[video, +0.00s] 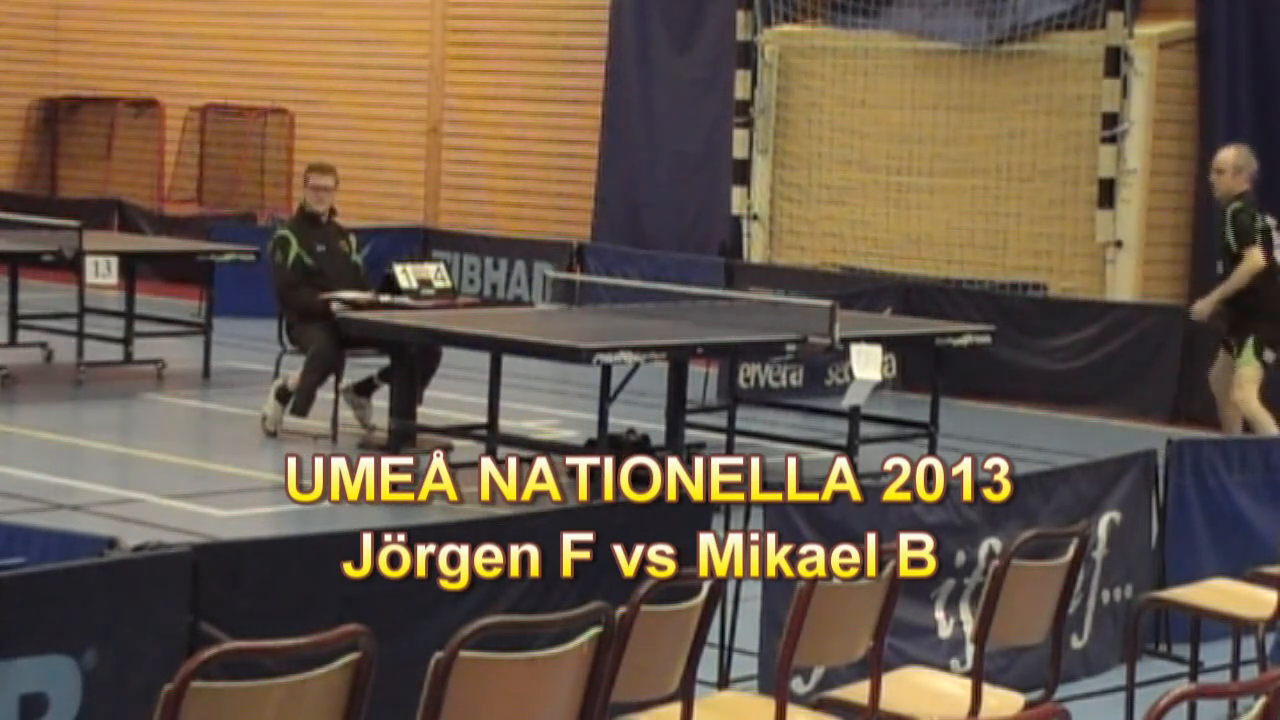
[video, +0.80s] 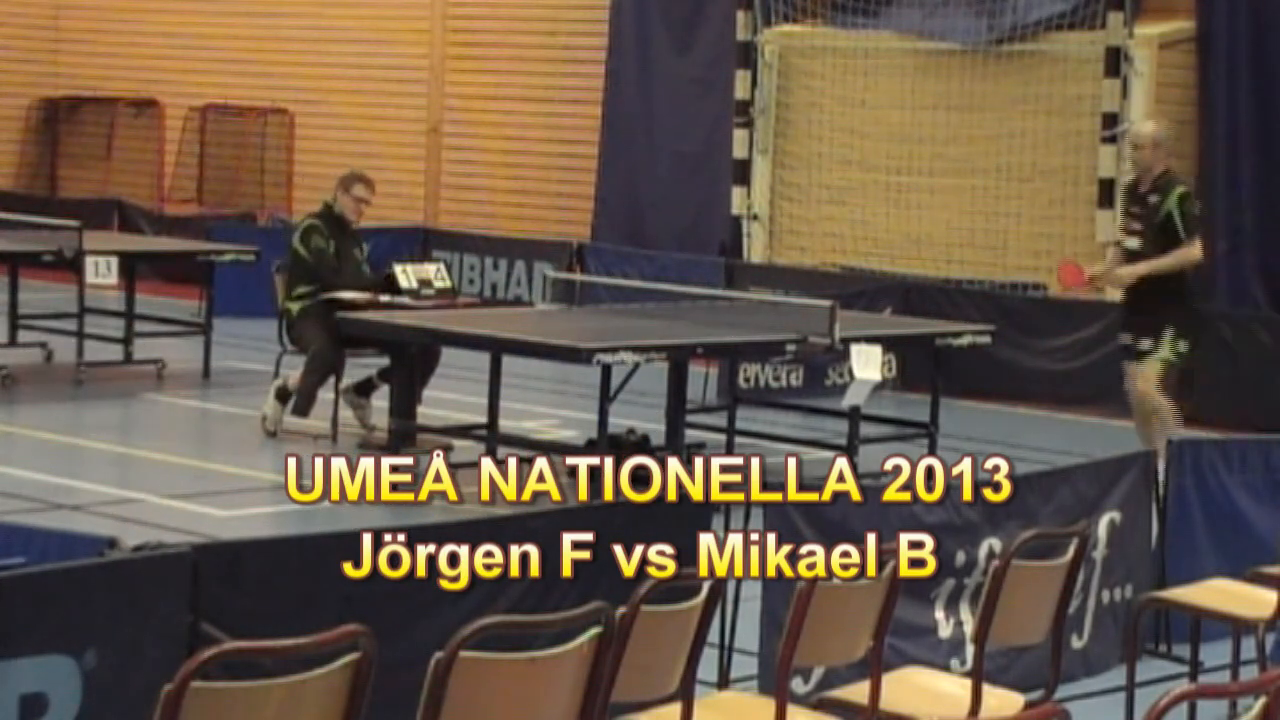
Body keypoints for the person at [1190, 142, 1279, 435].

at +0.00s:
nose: (1212, 178)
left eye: (1220, 172)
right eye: (1212, 171)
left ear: (1244, 179)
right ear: (1239, 180)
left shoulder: (1240, 212)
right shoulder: (1255, 214)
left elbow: (1254, 259)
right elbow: (1272, 261)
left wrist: (1211, 300)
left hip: (1260, 319)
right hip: (1244, 317)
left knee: (1243, 395)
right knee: (1220, 380)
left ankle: (1277, 452)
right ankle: (1234, 455)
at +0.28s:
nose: (1210, 161)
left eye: (1219, 155)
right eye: (1210, 154)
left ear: (1243, 164)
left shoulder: (1246, 201)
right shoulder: (1233, 200)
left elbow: (1267, 251)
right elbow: (1261, 250)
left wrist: (1222, 289)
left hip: (1247, 310)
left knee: (1204, 384)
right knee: (1257, 395)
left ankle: (1232, 454)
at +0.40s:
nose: (1195, 161)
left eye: (1203, 155)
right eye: (1196, 154)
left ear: (1227, 164)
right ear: (1225, 166)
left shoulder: (1229, 202)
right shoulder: (1231, 199)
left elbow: (1246, 255)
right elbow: (1247, 255)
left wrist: (1203, 290)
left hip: (1234, 310)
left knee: (1187, 382)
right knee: (1258, 396)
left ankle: (1196, 464)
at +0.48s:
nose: (1182, 163)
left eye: (1190, 156)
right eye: (1183, 156)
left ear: (1213, 165)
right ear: (1210, 166)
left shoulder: (1219, 201)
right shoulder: (1209, 200)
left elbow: (1232, 259)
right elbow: (1221, 257)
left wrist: (1187, 290)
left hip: (1219, 313)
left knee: (1176, 385)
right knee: (1254, 398)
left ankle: (1174, 468)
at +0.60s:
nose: (1160, 164)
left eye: (1168, 158)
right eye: (1161, 157)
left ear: (1190, 162)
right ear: (1177, 162)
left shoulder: (1198, 202)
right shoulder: (1177, 201)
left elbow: (1213, 259)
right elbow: (1182, 259)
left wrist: (1162, 285)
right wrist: (1161, 297)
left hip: (1206, 317)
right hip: (1177, 316)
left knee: (1217, 397)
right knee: (1154, 390)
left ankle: (1269, 449)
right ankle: (1161, 469)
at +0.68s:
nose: (1149, 160)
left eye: (1156, 153)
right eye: (1149, 153)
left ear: (1177, 158)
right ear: (1160, 156)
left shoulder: (1190, 200)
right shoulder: (1157, 199)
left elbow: (1205, 254)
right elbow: (1161, 257)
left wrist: (1150, 281)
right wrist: (1137, 291)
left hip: (1190, 311)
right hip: (1157, 310)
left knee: (1186, 396)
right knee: (1146, 389)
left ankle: (1245, 452)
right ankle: (1160, 469)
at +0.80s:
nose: (1132, 155)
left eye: (1139, 148)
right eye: (1130, 148)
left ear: (1160, 150)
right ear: (1132, 150)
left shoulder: (1178, 194)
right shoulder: (1132, 192)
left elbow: (1194, 250)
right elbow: (1127, 244)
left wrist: (1135, 270)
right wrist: (1108, 269)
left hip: (1170, 308)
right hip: (1137, 305)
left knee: (1146, 387)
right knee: (1136, 393)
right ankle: (1155, 465)